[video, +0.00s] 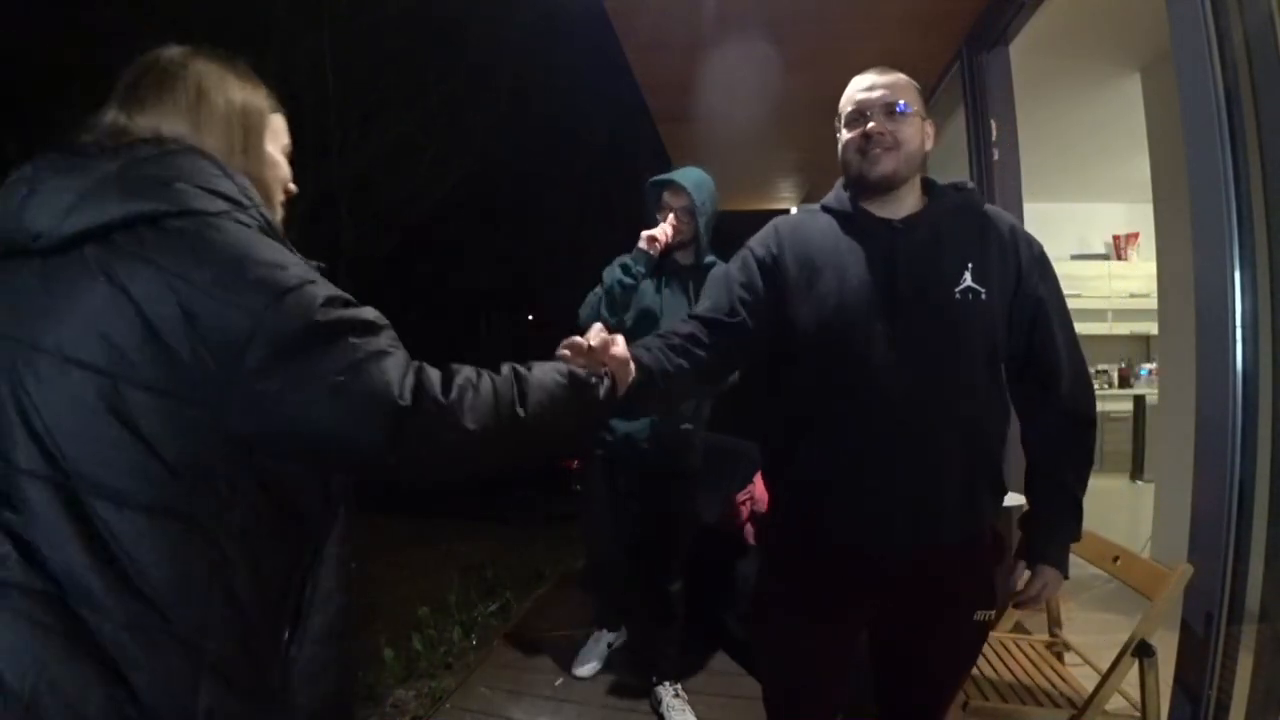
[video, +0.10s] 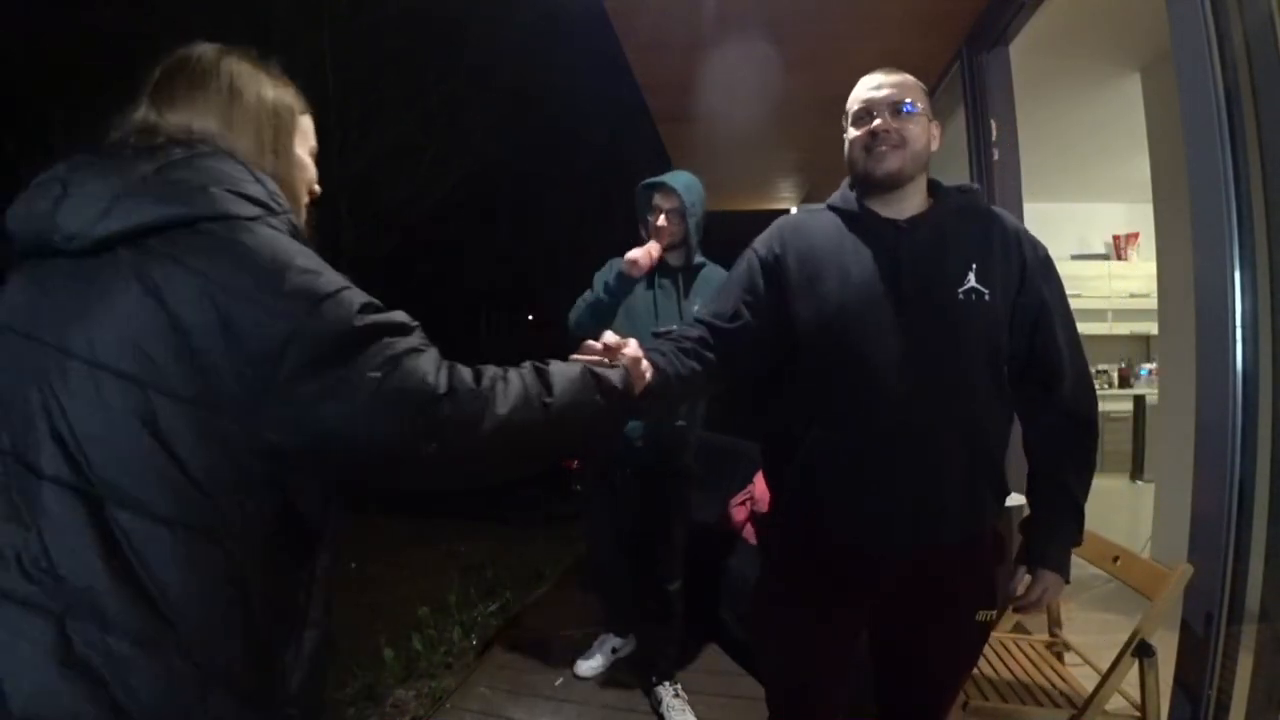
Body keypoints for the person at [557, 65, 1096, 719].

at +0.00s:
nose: (872, 125)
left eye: (892, 110)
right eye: (855, 117)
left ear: (930, 134)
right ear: (837, 145)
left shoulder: (1001, 248)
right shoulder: (786, 244)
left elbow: (1060, 405)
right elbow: (702, 340)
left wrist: (1049, 545)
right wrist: (632, 367)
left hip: (951, 549)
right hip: (813, 546)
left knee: (916, 709)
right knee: (806, 708)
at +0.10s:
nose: (880, 122)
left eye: (901, 109)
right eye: (862, 115)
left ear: (935, 135)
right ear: (843, 145)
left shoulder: (1002, 246)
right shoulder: (789, 245)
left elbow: (1062, 405)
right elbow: (707, 340)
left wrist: (1053, 541)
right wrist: (647, 364)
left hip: (952, 549)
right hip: (816, 546)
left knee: (918, 706)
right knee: (811, 706)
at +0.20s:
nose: (888, 122)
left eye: (910, 110)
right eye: (871, 116)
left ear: (944, 136)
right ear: (854, 147)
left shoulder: (1010, 250)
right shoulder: (800, 240)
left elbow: (1069, 410)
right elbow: (723, 347)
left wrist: (1056, 547)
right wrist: (673, 373)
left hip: (955, 548)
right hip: (817, 543)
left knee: (919, 707)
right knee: (811, 706)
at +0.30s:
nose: (901, 123)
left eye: (922, 111)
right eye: (884, 116)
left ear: (955, 138)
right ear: (865, 147)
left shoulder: (1019, 252)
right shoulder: (808, 240)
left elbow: (1076, 413)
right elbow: (733, 342)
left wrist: (1061, 551)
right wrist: (680, 385)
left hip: (961, 550)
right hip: (823, 543)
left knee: (921, 706)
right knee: (812, 705)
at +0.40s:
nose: (913, 124)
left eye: (935, 114)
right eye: (896, 117)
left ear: (968, 141)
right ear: (877, 148)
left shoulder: (1027, 252)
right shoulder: (817, 240)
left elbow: (1083, 413)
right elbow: (743, 332)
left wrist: (1071, 554)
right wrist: (701, 372)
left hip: (965, 548)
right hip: (828, 538)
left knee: (924, 703)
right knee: (814, 703)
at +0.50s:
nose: (925, 125)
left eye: (947, 115)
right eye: (908, 119)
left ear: (982, 143)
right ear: (887, 149)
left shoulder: (1037, 255)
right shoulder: (828, 238)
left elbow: (1092, 415)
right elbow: (758, 329)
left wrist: (1083, 553)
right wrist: (716, 329)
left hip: (966, 551)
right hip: (829, 539)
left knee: (927, 705)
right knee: (816, 703)